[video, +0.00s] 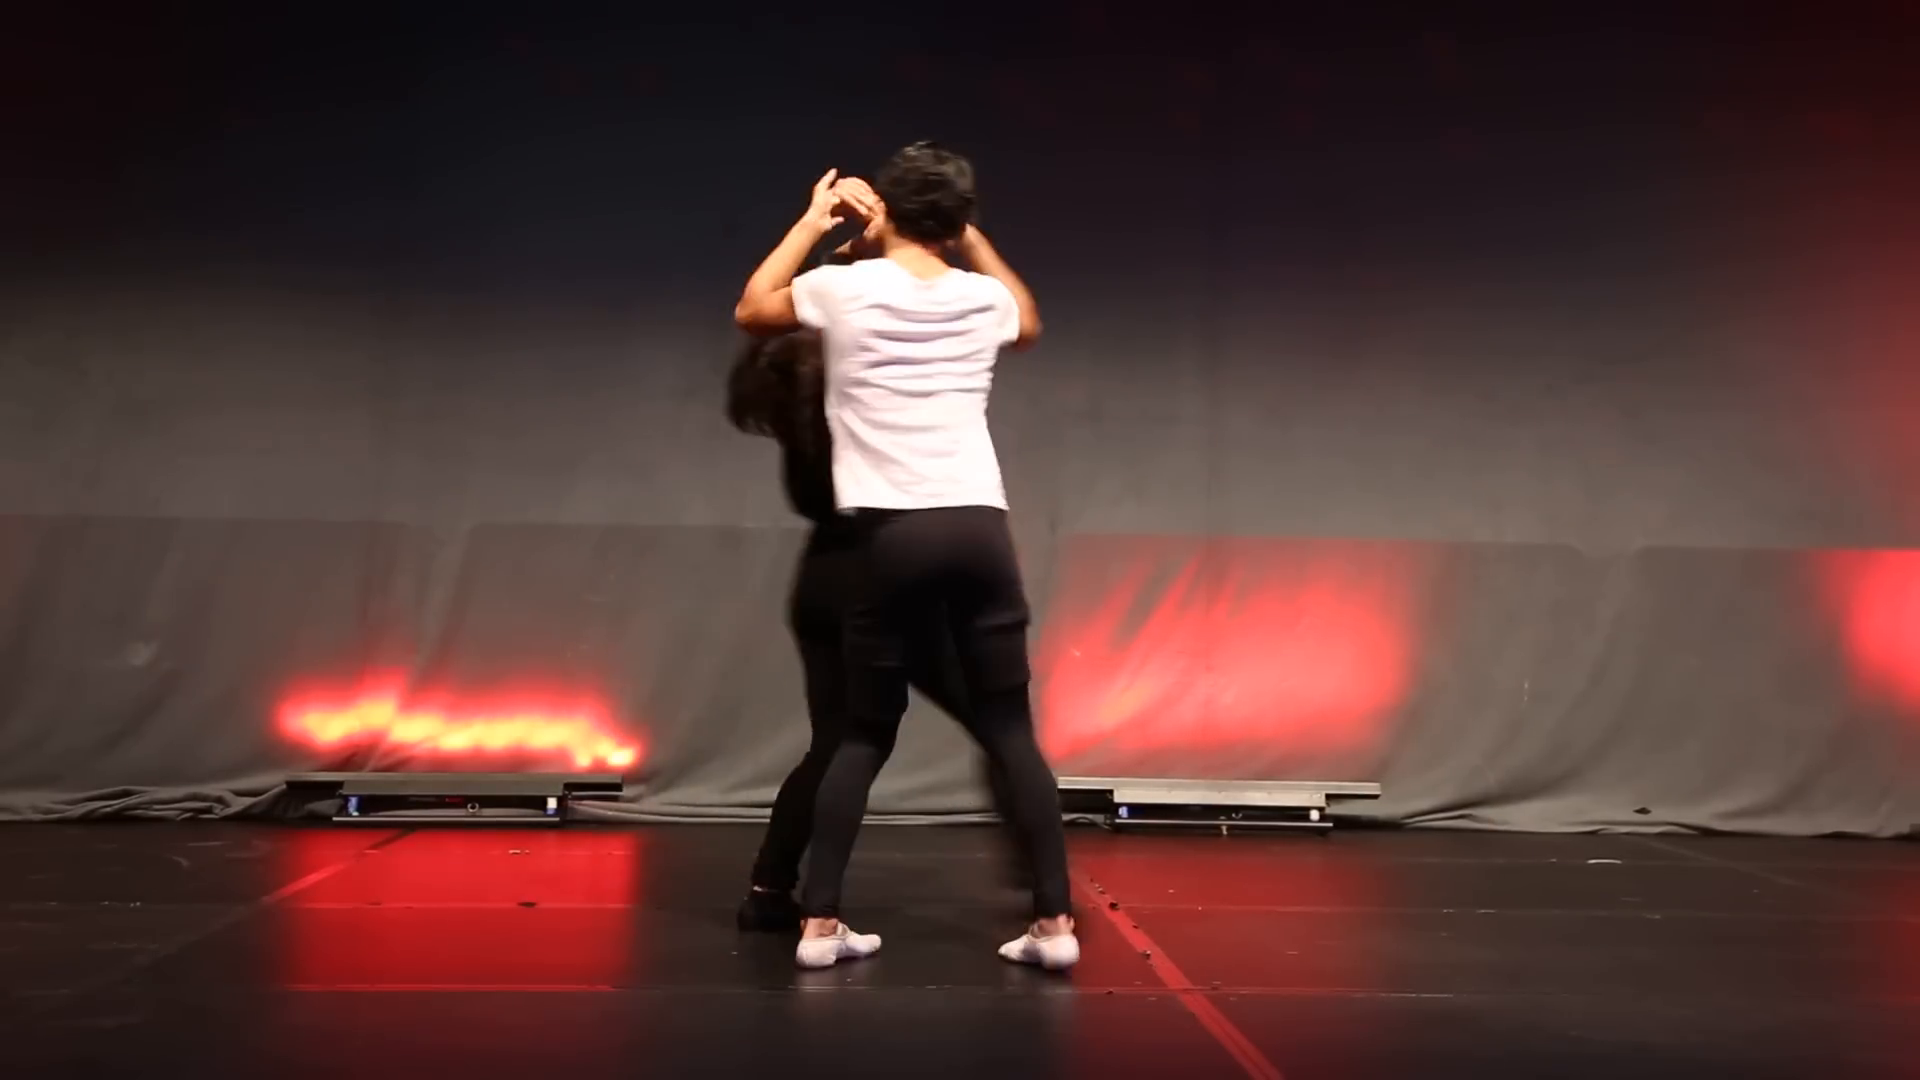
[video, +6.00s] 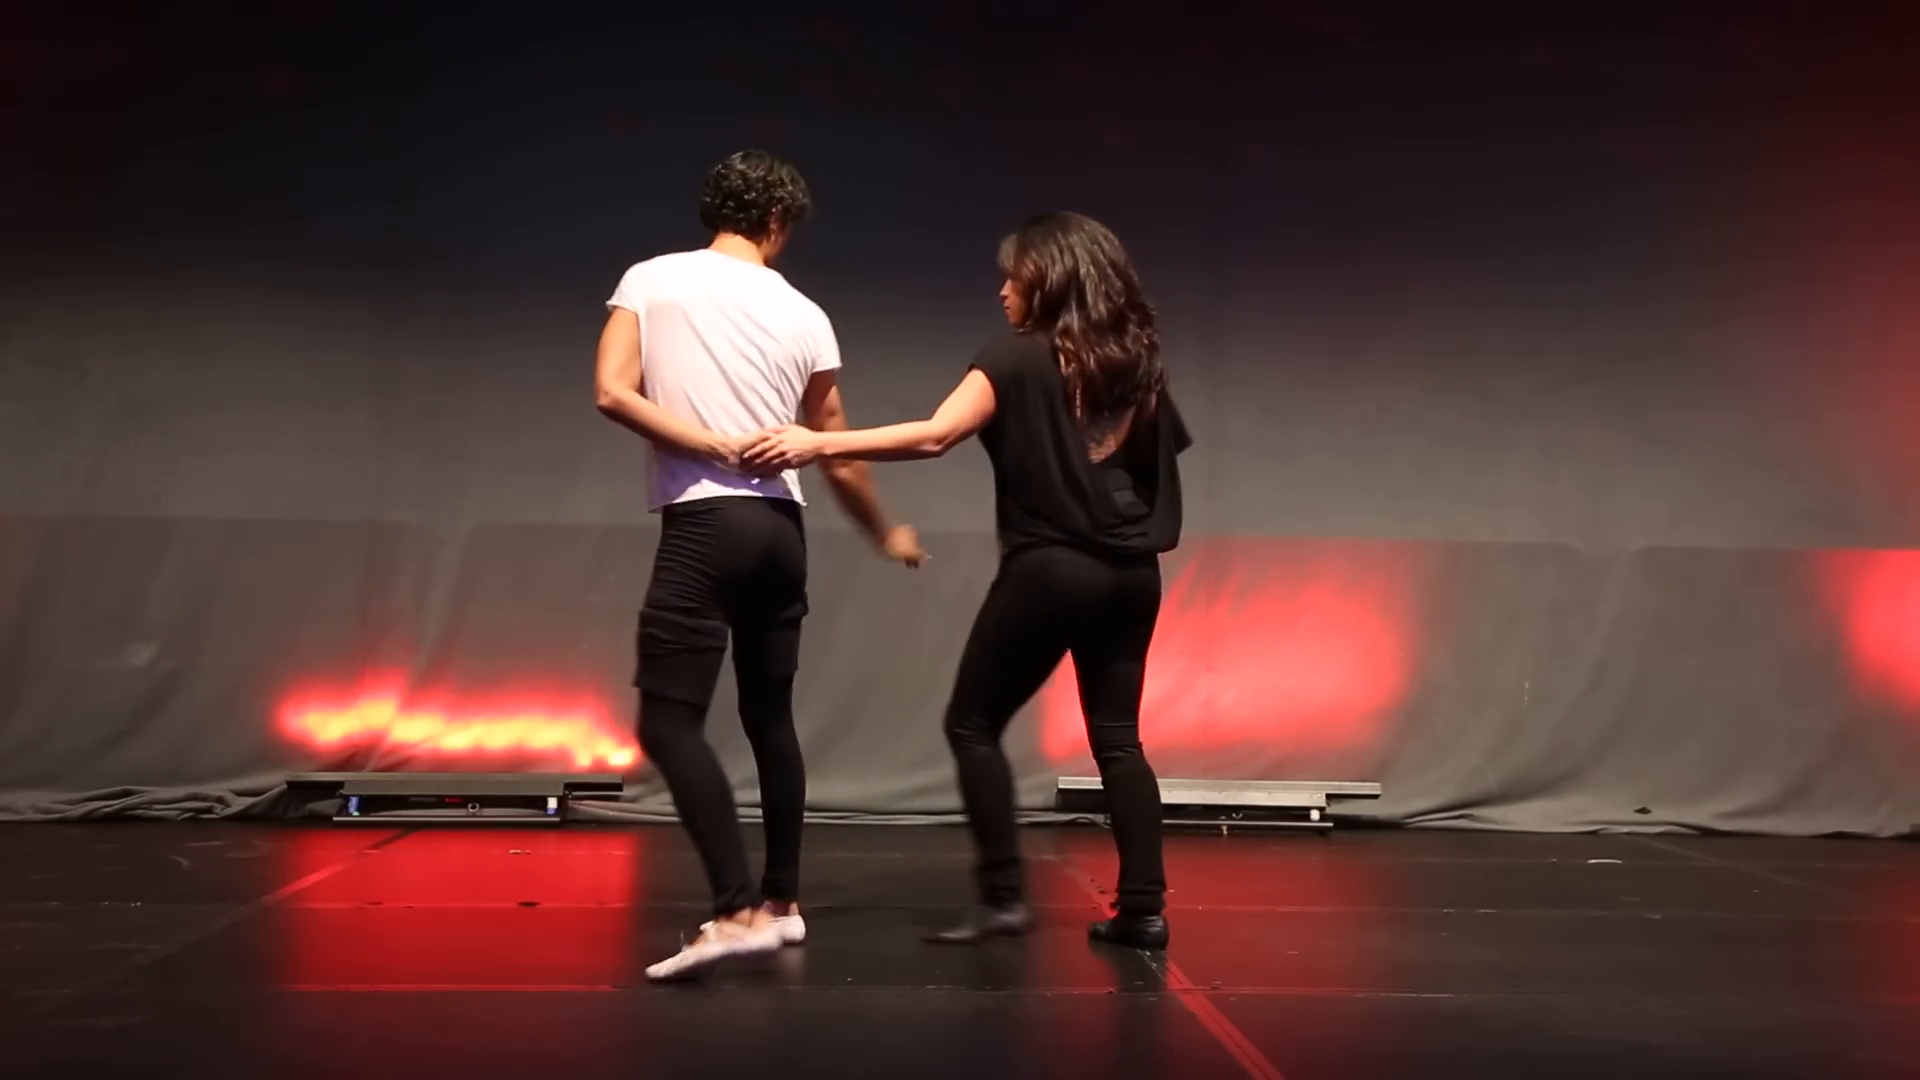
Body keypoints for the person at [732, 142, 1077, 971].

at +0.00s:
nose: (871, 223)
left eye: (875, 212)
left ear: (882, 220)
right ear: (959, 227)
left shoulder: (841, 290)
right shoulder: (983, 299)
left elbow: (753, 307)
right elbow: (1024, 316)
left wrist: (812, 223)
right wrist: (959, 234)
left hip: (881, 531)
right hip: (978, 528)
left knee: (860, 733)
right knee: (1010, 729)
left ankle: (818, 923)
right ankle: (1055, 924)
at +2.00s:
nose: (1029, 255)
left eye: (1038, 241)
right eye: (1022, 237)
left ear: (1032, 242)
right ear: (976, 225)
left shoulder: (997, 342)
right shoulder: (899, 292)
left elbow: (1029, 466)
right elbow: (948, 262)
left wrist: (1119, 543)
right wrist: (960, 201)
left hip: (963, 539)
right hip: (918, 535)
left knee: (984, 719)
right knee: (997, 720)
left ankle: (906, 866)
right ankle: (958, 932)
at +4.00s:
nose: (877, 203)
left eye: (889, 188)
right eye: (876, 189)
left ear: (935, 194)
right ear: (903, 197)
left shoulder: (984, 285)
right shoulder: (902, 315)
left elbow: (884, 255)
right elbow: (822, 421)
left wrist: (832, 144)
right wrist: (732, 438)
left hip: (983, 539)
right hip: (937, 538)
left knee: (925, 722)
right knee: (872, 709)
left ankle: (974, 929)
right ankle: (876, 894)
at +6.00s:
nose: (789, 241)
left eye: (787, 228)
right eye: (790, 229)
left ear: (712, 216)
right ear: (776, 226)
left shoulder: (651, 279)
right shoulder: (805, 320)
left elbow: (613, 392)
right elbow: (838, 458)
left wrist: (715, 442)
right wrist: (887, 530)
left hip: (699, 526)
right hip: (781, 534)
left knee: (670, 723)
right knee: (772, 717)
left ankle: (737, 910)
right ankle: (781, 904)